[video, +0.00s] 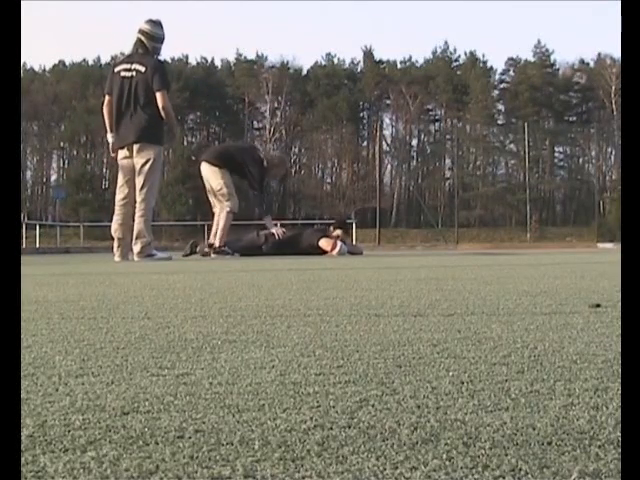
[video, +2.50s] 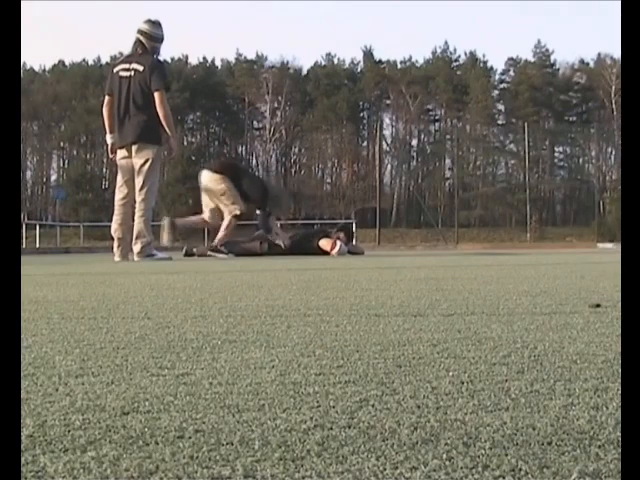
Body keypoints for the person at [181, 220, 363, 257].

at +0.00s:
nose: (338, 241)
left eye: (340, 239)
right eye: (339, 237)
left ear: (334, 234)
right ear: (333, 233)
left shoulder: (324, 238)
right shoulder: (319, 236)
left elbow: (355, 251)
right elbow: (333, 248)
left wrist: (345, 246)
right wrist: (351, 248)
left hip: (271, 240)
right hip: (269, 242)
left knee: (233, 245)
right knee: (232, 247)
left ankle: (203, 246)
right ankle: (201, 248)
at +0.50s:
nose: (339, 243)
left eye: (341, 241)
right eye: (340, 240)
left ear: (334, 234)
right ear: (335, 236)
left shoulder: (323, 238)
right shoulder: (320, 236)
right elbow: (334, 249)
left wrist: (345, 246)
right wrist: (350, 248)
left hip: (272, 241)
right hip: (271, 242)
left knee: (234, 247)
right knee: (233, 248)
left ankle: (198, 251)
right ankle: (197, 252)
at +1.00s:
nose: (337, 239)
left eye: (341, 236)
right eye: (336, 234)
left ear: (343, 236)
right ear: (330, 231)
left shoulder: (331, 243)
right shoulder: (318, 237)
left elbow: (359, 251)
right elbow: (333, 248)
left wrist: (344, 247)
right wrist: (352, 249)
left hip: (272, 243)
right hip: (268, 239)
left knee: (233, 246)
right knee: (234, 246)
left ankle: (199, 252)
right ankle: (200, 251)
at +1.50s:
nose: (337, 242)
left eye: (340, 240)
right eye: (338, 238)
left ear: (337, 239)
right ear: (333, 235)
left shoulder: (324, 241)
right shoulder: (320, 237)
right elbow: (333, 249)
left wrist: (346, 246)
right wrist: (346, 248)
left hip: (272, 240)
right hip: (270, 241)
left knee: (232, 247)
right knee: (231, 248)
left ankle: (197, 252)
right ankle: (197, 252)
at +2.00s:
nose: (339, 242)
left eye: (342, 240)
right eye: (340, 238)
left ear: (338, 239)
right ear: (335, 235)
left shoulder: (326, 239)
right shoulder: (321, 238)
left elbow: (357, 251)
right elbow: (333, 249)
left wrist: (345, 247)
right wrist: (343, 247)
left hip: (273, 240)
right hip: (270, 242)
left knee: (234, 246)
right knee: (233, 249)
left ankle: (199, 251)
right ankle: (197, 252)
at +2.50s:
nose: (338, 242)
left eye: (341, 240)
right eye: (340, 239)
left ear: (338, 238)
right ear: (336, 236)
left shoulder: (326, 241)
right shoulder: (323, 238)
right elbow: (331, 247)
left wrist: (346, 247)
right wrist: (340, 248)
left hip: (275, 245)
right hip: (274, 245)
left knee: (235, 246)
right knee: (235, 247)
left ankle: (200, 251)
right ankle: (201, 251)